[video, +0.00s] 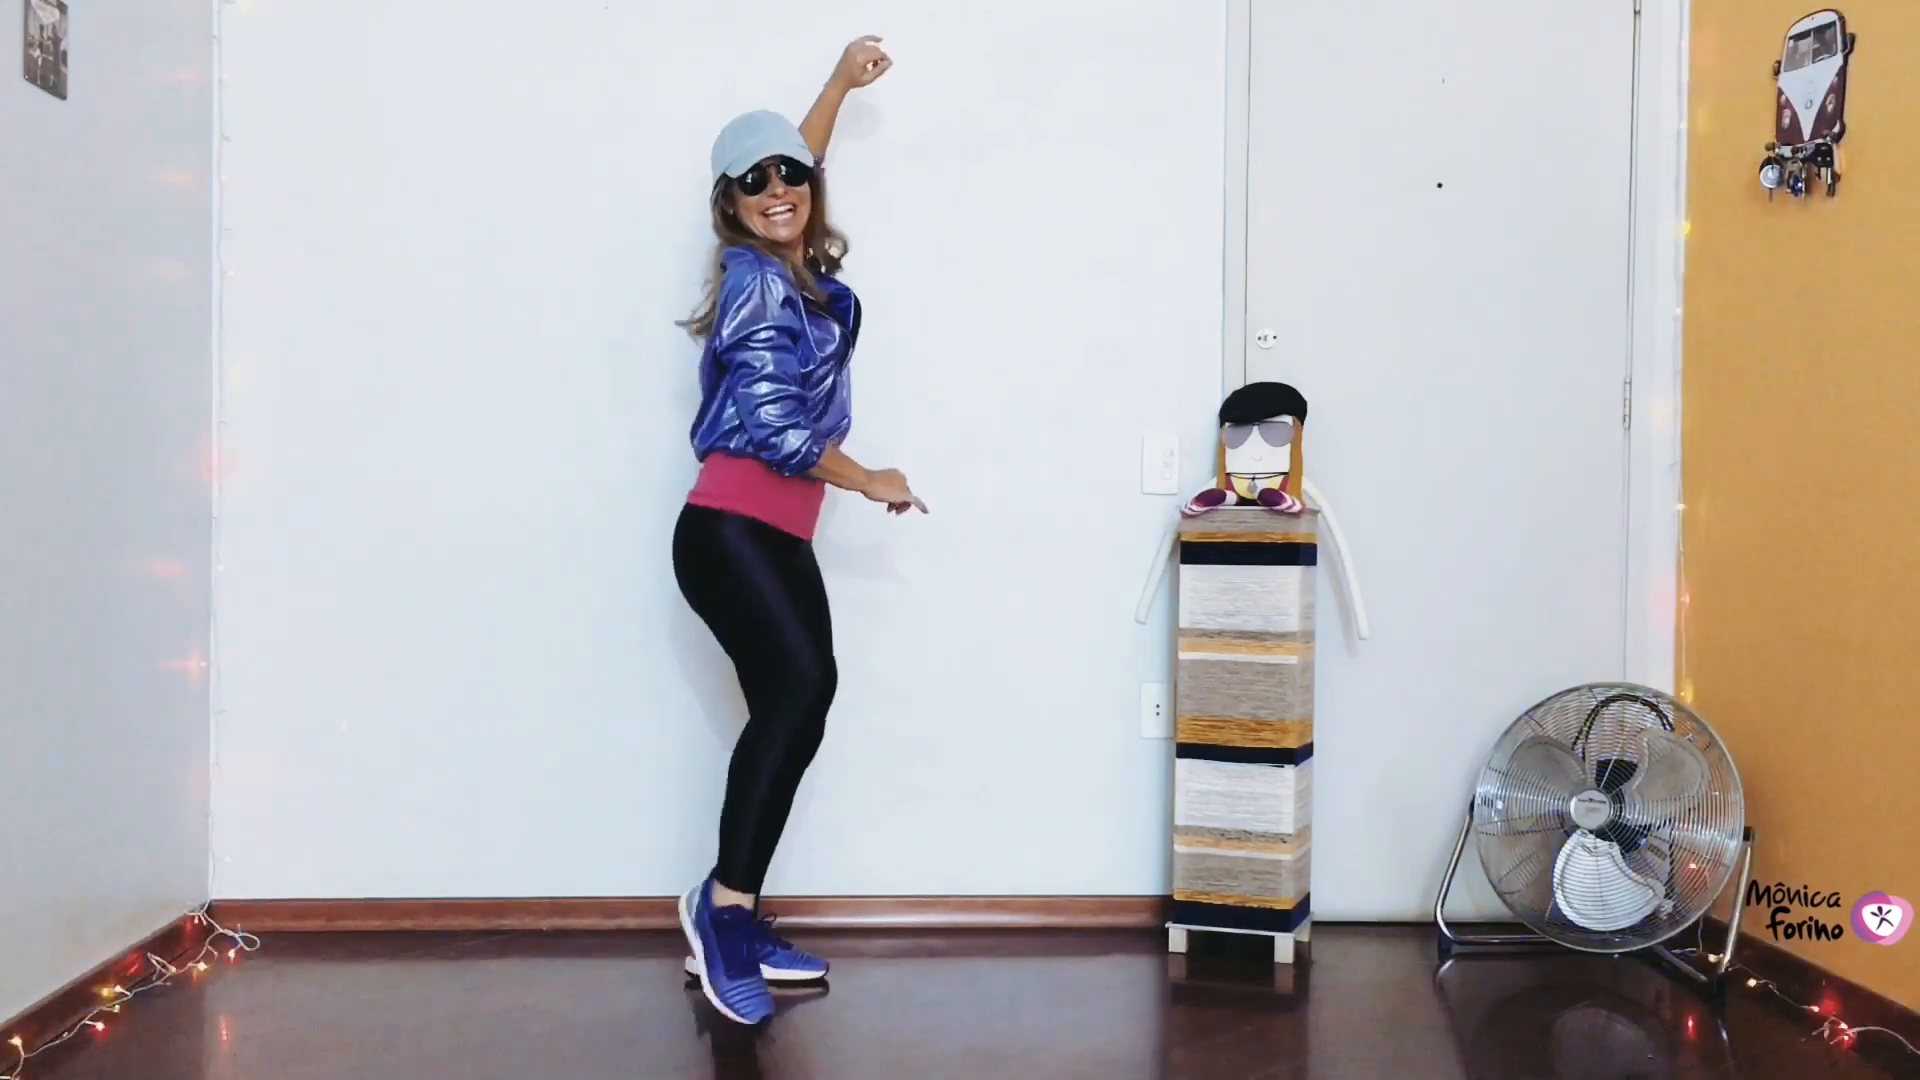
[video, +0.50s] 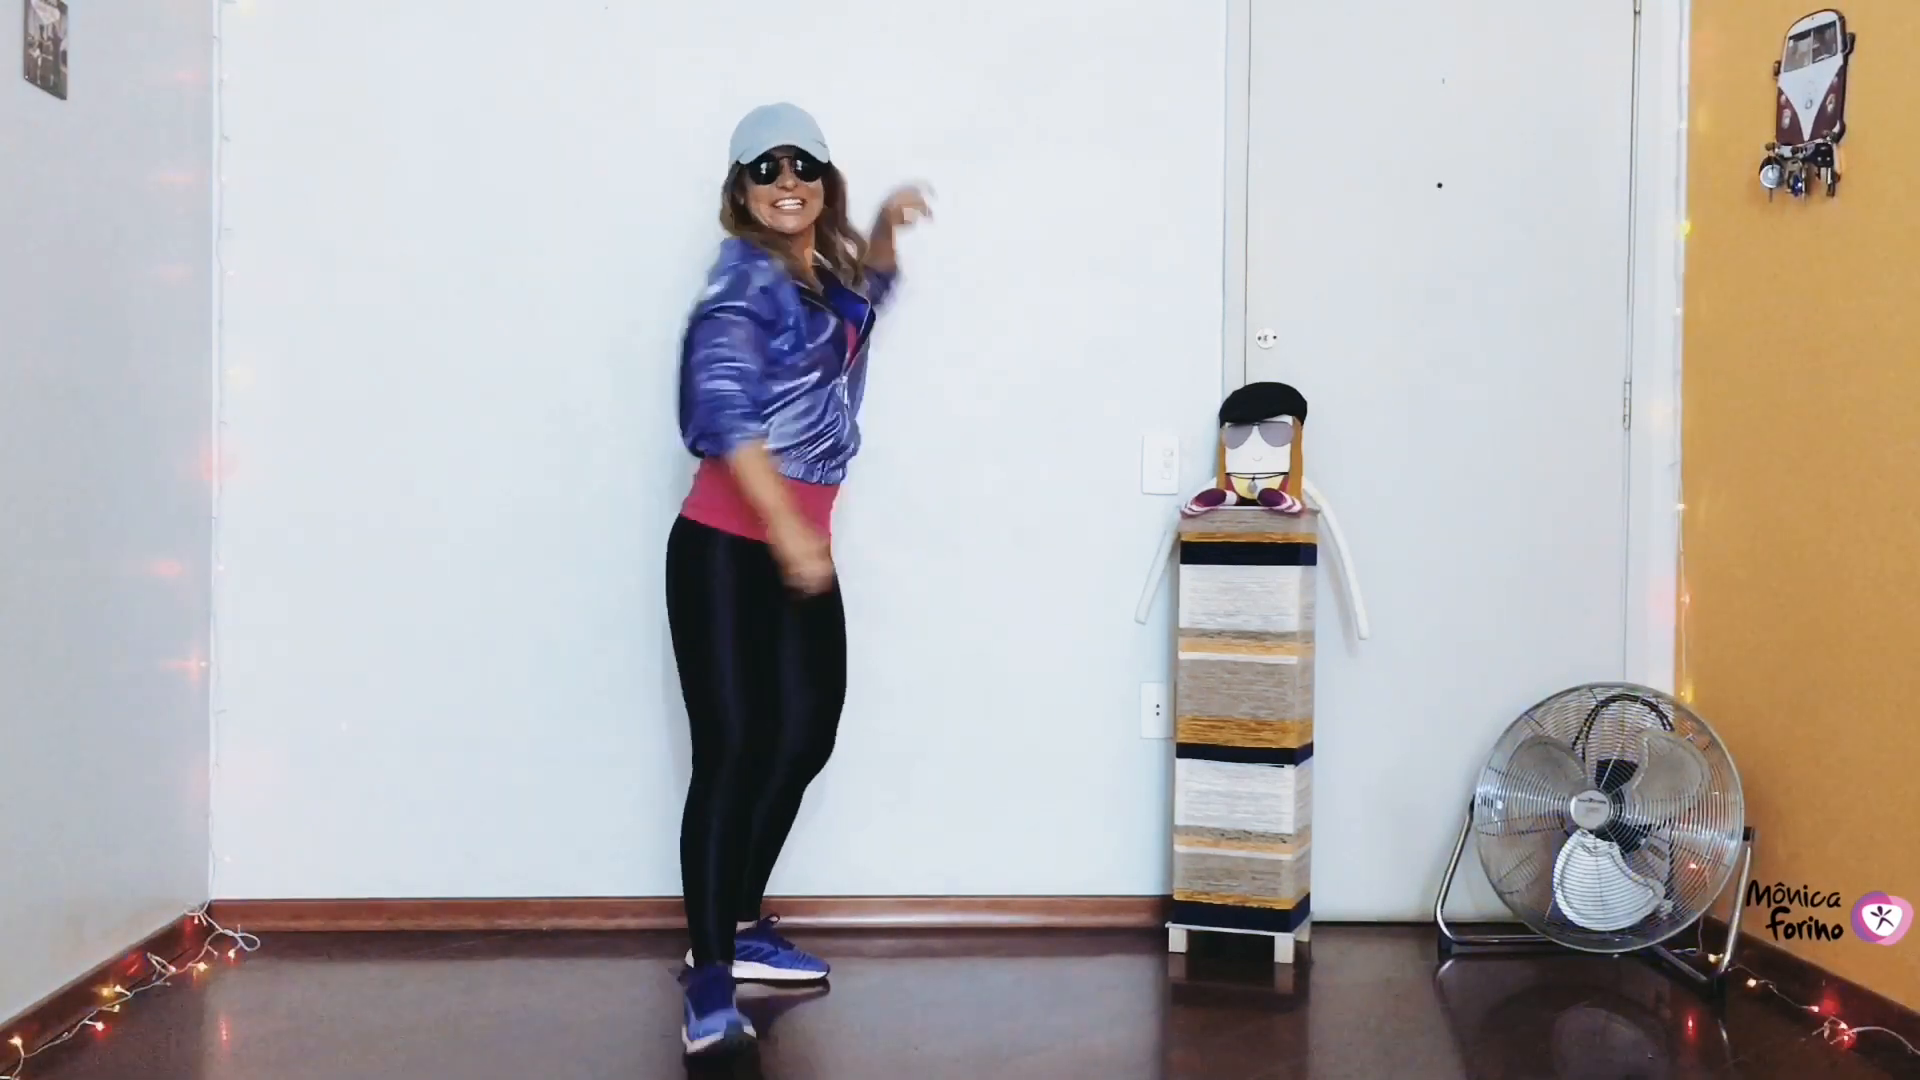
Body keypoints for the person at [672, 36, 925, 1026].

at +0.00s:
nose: (776, 196)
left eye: (789, 181)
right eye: (755, 186)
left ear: (808, 191)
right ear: (732, 204)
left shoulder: (797, 267)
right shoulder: (757, 285)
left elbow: (802, 170)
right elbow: (759, 417)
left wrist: (839, 83)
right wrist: (861, 478)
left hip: (782, 537)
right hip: (730, 528)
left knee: (806, 701)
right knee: (789, 699)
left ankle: (740, 909)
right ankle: (724, 909)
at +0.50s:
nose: (786, 183)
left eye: (803, 168)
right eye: (766, 170)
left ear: (827, 185)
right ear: (742, 190)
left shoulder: (828, 276)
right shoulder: (744, 282)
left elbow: (860, 306)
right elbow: (724, 417)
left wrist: (884, 236)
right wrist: (790, 532)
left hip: (803, 539)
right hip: (726, 542)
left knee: (807, 734)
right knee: (734, 748)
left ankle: (740, 928)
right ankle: (707, 975)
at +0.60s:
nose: (778, 179)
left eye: (797, 165)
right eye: (760, 164)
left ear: (819, 185)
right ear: (734, 181)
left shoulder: (833, 296)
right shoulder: (710, 289)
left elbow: (913, 357)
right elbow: (661, 402)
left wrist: (913, 283)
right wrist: (664, 513)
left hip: (797, 552)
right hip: (711, 546)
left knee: (810, 743)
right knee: (733, 755)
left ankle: (743, 921)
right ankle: (711, 989)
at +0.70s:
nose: (776, 178)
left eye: (796, 166)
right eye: (759, 161)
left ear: (817, 188)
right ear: (729, 178)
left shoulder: (839, 308)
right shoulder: (692, 282)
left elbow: (923, 415)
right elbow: (599, 369)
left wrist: (925, 327)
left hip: (787, 560)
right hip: (689, 550)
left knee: (846, 754)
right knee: (713, 768)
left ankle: (765, 887)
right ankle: (709, 995)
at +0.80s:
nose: (782, 175)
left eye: (803, 164)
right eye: (765, 158)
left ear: (824, 190)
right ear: (734, 175)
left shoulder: (851, 316)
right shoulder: (673, 288)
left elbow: (903, 445)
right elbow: (546, 330)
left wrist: (921, 349)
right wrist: (406, 356)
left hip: (785, 563)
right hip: (680, 553)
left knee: (861, 757)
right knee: (702, 774)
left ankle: (766, 867)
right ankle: (710, 999)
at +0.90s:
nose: (792, 171)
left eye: (814, 162)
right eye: (776, 153)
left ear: (836, 190)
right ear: (744, 171)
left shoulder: (858, 302)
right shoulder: (668, 282)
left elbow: (890, 450)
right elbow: (530, 280)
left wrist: (889, 362)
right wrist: (388, 260)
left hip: (789, 564)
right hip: (677, 554)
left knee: (834, 759)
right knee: (697, 772)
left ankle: (772, 897)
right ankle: (707, 992)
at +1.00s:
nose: (798, 170)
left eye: (821, 161)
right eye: (784, 150)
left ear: (841, 187)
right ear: (753, 162)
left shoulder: (865, 294)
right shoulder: (677, 270)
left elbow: (875, 447)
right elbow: (558, 228)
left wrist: (831, 392)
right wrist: (440, 177)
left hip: (795, 564)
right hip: (686, 556)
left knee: (789, 777)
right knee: (694, 777)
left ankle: (801, 979)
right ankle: (706, 993)